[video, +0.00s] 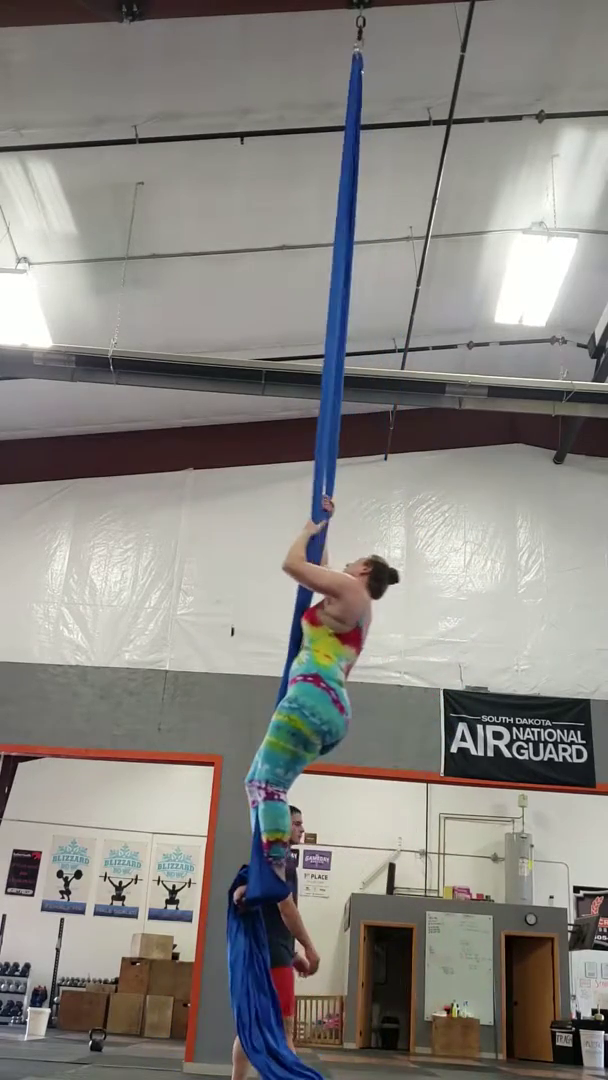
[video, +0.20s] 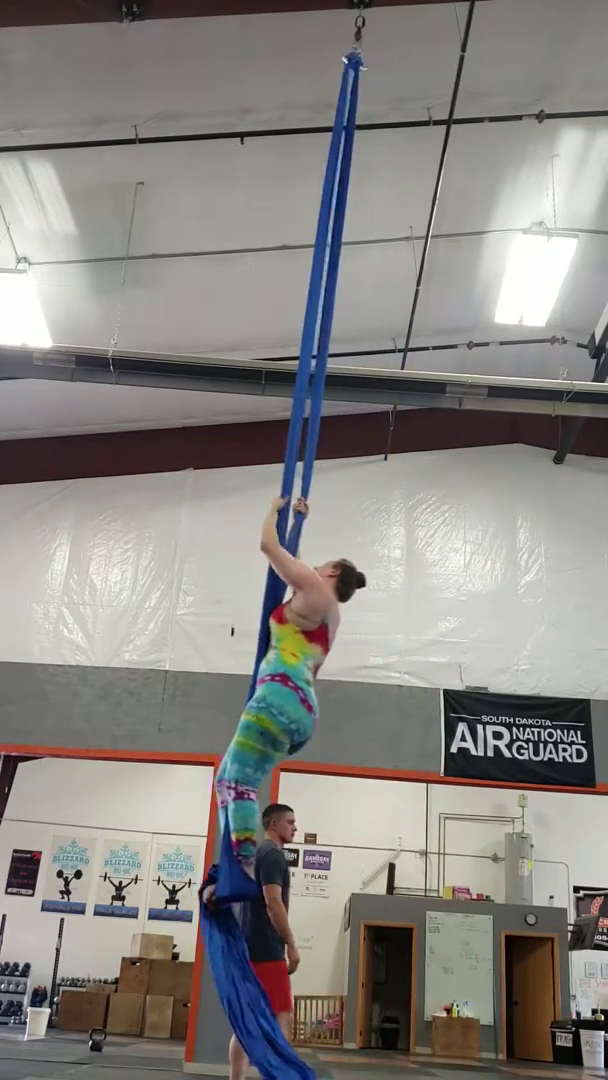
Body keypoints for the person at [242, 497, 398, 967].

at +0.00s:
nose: (350, 563)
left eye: (356, 562)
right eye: (355, 562)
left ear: (363, 570)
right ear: (371, 580)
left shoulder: (351, 590)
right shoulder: (359, 607)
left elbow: (294, 564)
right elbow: (311, 570)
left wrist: (310, 529)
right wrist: (320, 527)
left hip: (313, 696)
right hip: (334, 707)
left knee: (267, 783)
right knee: (263, 781)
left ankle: (275, 874)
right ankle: (276, 866)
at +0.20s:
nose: (321, 565)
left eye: (326, 563)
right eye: (326, 563)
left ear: (332, 572)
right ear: (342, 583)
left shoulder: (313, 585)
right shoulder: (333, 612)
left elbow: (269, 545)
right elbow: (289, 560)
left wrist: (273, 508)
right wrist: (297, 519)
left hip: (279, 696)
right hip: (302, 710)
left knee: (236, 780)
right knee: (236, 778)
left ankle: (244, 871)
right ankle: (245, 866)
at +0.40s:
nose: (307, 566)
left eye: (313, 566)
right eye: (312, 566)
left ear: (317, 578)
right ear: (322, 589)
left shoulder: (301, 591)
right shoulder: (307, 617)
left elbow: (276, 539)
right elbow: (273, 569)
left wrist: (273, 502)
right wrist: (281, 521)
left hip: (251, 693)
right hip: (272, 710)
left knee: (201, 773)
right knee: (200, 774)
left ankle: (199, 865)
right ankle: (196, 860)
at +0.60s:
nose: (294, 573)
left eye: (301, 574)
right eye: (300, 572)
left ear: (308, 585)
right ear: (313, 598)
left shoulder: (293, 601)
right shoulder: (281, 608)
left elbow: (279, 540)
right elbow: (263, 570)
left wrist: (279, 500)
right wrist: (268, 523)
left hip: (232, 696)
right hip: (244, 708)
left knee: (171, 769)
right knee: (165, 767)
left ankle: (157, 861)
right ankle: (149, 854)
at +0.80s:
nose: (287, 575)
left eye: (292, 574)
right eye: (292, 574)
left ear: (298, 586)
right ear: (301, 596)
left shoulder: (283, 606)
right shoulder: (268, 609)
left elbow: (273, 542)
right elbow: (253, 569)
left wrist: (273, 502)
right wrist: (259, 521)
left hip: (221, 696)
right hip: (225, 702)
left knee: (157, 766)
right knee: (147, 762)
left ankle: (140, 857)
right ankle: (136, 852)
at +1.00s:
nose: (275, 572)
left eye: (282, 572)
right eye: (278, 569)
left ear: (289, 583)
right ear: (290, 589)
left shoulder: (276, 604)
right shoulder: (258, 603)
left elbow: (261, 544)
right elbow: (245, 568)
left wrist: (267, 506)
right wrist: (251, 522)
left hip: (217, 696)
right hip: (221, 702)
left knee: (157, 770)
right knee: (147, 766)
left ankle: (146, 861)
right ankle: (141, 856)